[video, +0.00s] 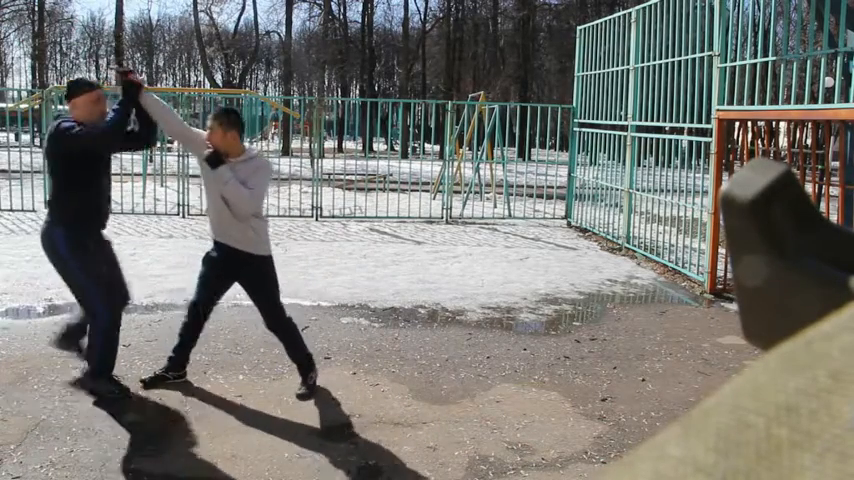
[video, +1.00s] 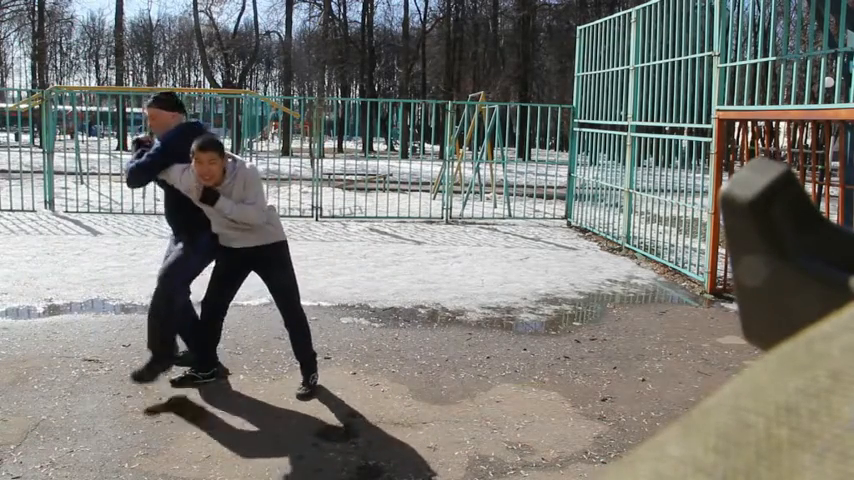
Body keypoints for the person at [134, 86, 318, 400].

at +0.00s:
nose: (208, 135)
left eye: (213, 130)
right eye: (209, 130)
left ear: (231, 134)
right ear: (223, 133)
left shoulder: (259, 166)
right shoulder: (209, 152)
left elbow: (246, 208)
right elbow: (173, 124)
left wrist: (219, 169)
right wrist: (139, 92)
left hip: (255, 258)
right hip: (221, 253)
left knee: (276, 320)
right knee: (197, 311)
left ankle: (308, 371)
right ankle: (175, 368)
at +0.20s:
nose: (219, 134)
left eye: (224, 129)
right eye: (219, 129)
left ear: (244, 133)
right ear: (226, 132)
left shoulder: (270, 162)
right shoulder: (215, 152)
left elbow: (266, 202)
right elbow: (182, 130)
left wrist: (235, 169)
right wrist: (145, 103)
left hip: (271, 254)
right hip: (237, 251)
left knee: (289, 318)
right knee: (211, 310)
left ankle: (310, 374)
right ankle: (204, 366)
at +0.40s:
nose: (213, 135)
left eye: (219, 130)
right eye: (213, 130)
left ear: (239, 134)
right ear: (215, 132)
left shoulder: (266, 162)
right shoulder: (209, 152)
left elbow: (265, 204)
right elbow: (173, 138)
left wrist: (232, 174)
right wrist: (133, 117)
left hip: (272, 253)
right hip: (237, 251)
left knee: (291, 314)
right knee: (212, 307)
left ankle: (310, 374)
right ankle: (209, 366)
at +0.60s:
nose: (213, 142)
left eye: (220, 136)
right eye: (210, 136)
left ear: (238, 137)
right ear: (207, 137)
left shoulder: (259, 165)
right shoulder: (203, 156)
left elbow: (262, 208)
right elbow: (167, 147)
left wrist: (226, 184)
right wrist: (128, 131)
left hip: (271, 250)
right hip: (236, 249)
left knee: (292, 313)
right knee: (209, 308)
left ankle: (310, 374)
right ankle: (207, 366)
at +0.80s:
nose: (212, 151)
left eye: (219, 145)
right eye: (207, 144)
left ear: (234, 147)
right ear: (202, 145)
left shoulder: (252, 167)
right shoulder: (193, 162)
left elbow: (261, 210)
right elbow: (162, 158)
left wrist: (222, 189)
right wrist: (136, 149)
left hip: (269, 248)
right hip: (233, 249)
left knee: (291, 312)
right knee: (210, 308)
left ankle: (310, 374)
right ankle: (205, 366)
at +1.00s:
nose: (205, 169)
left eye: (211, 162)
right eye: (199, 162)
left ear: (224, 161)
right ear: (192, 162)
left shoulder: (246, 173)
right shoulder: (187, 178)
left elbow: (258, 215)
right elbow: (161, 168)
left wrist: (217, 201)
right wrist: (146, 148)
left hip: (268, 246)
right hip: (232, 249)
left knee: (290, 309)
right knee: (211, 308)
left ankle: (309, 372)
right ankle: (206, 367)